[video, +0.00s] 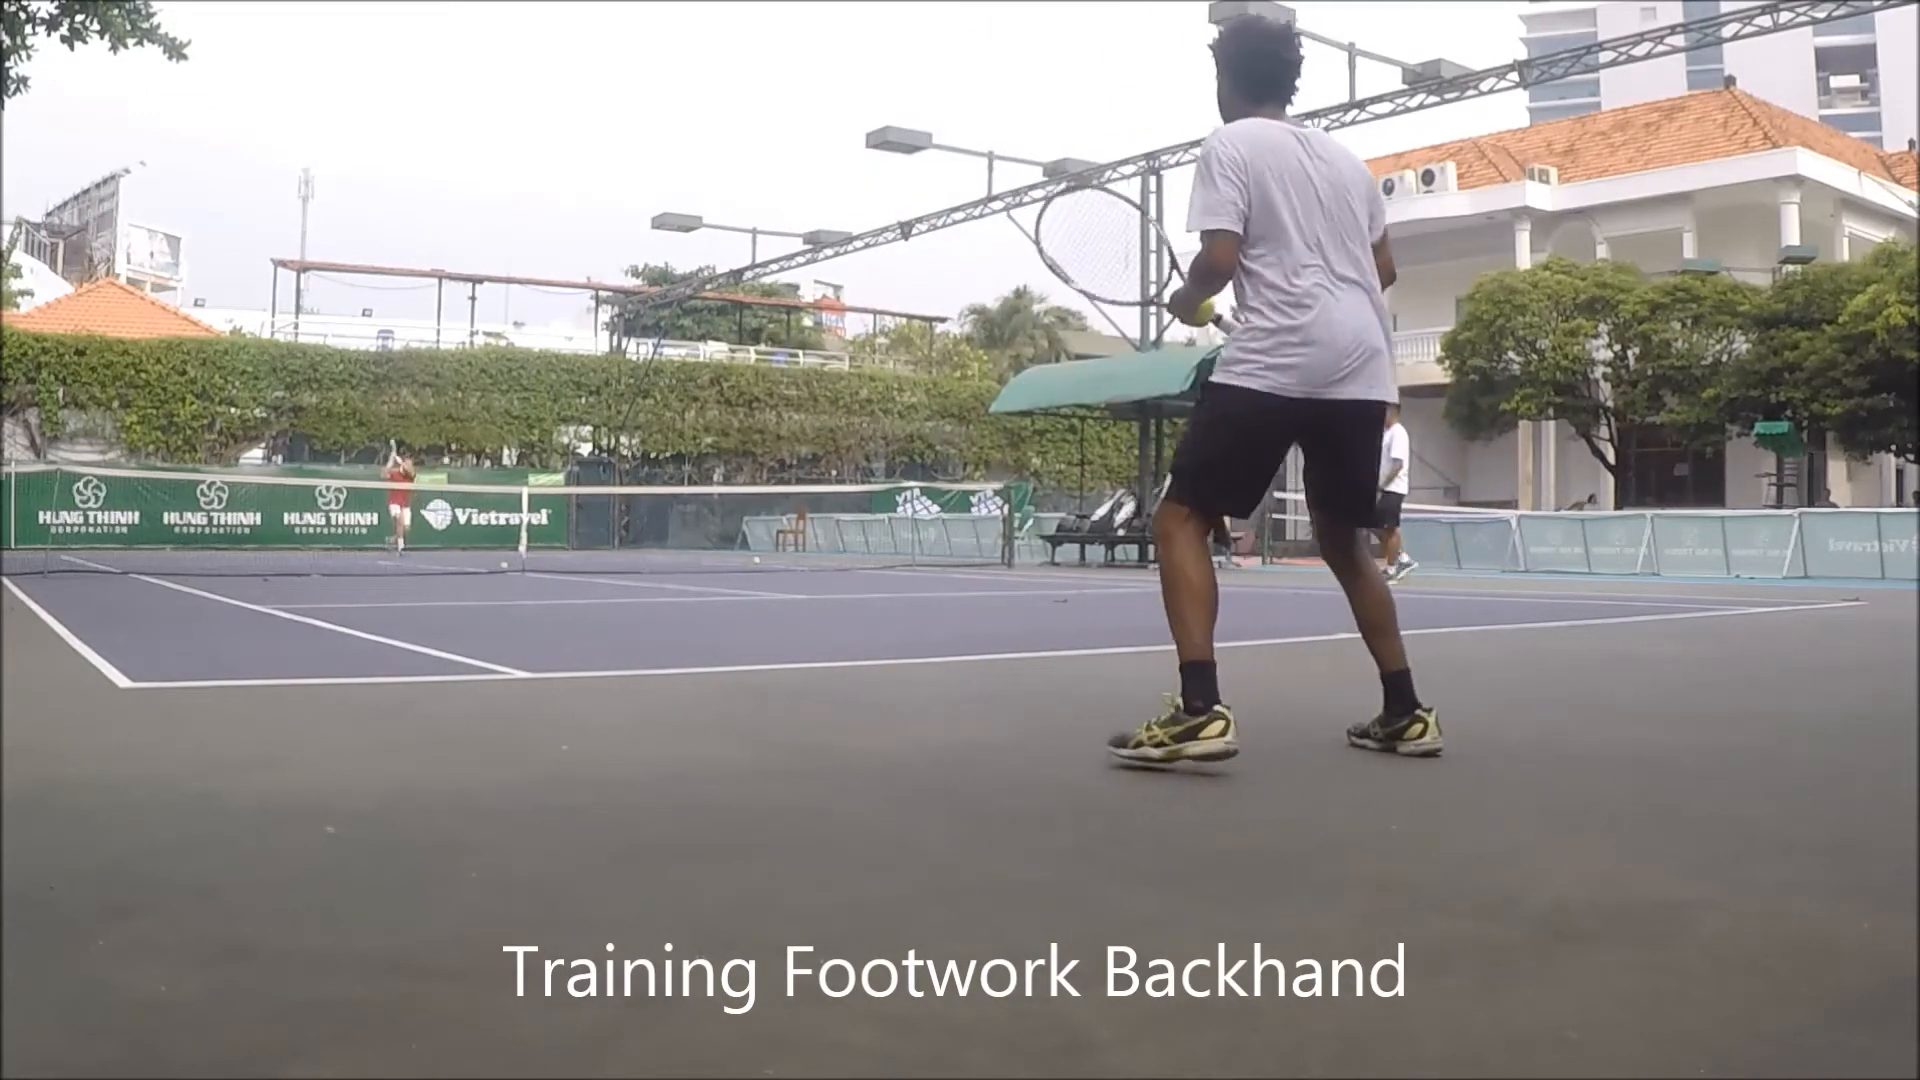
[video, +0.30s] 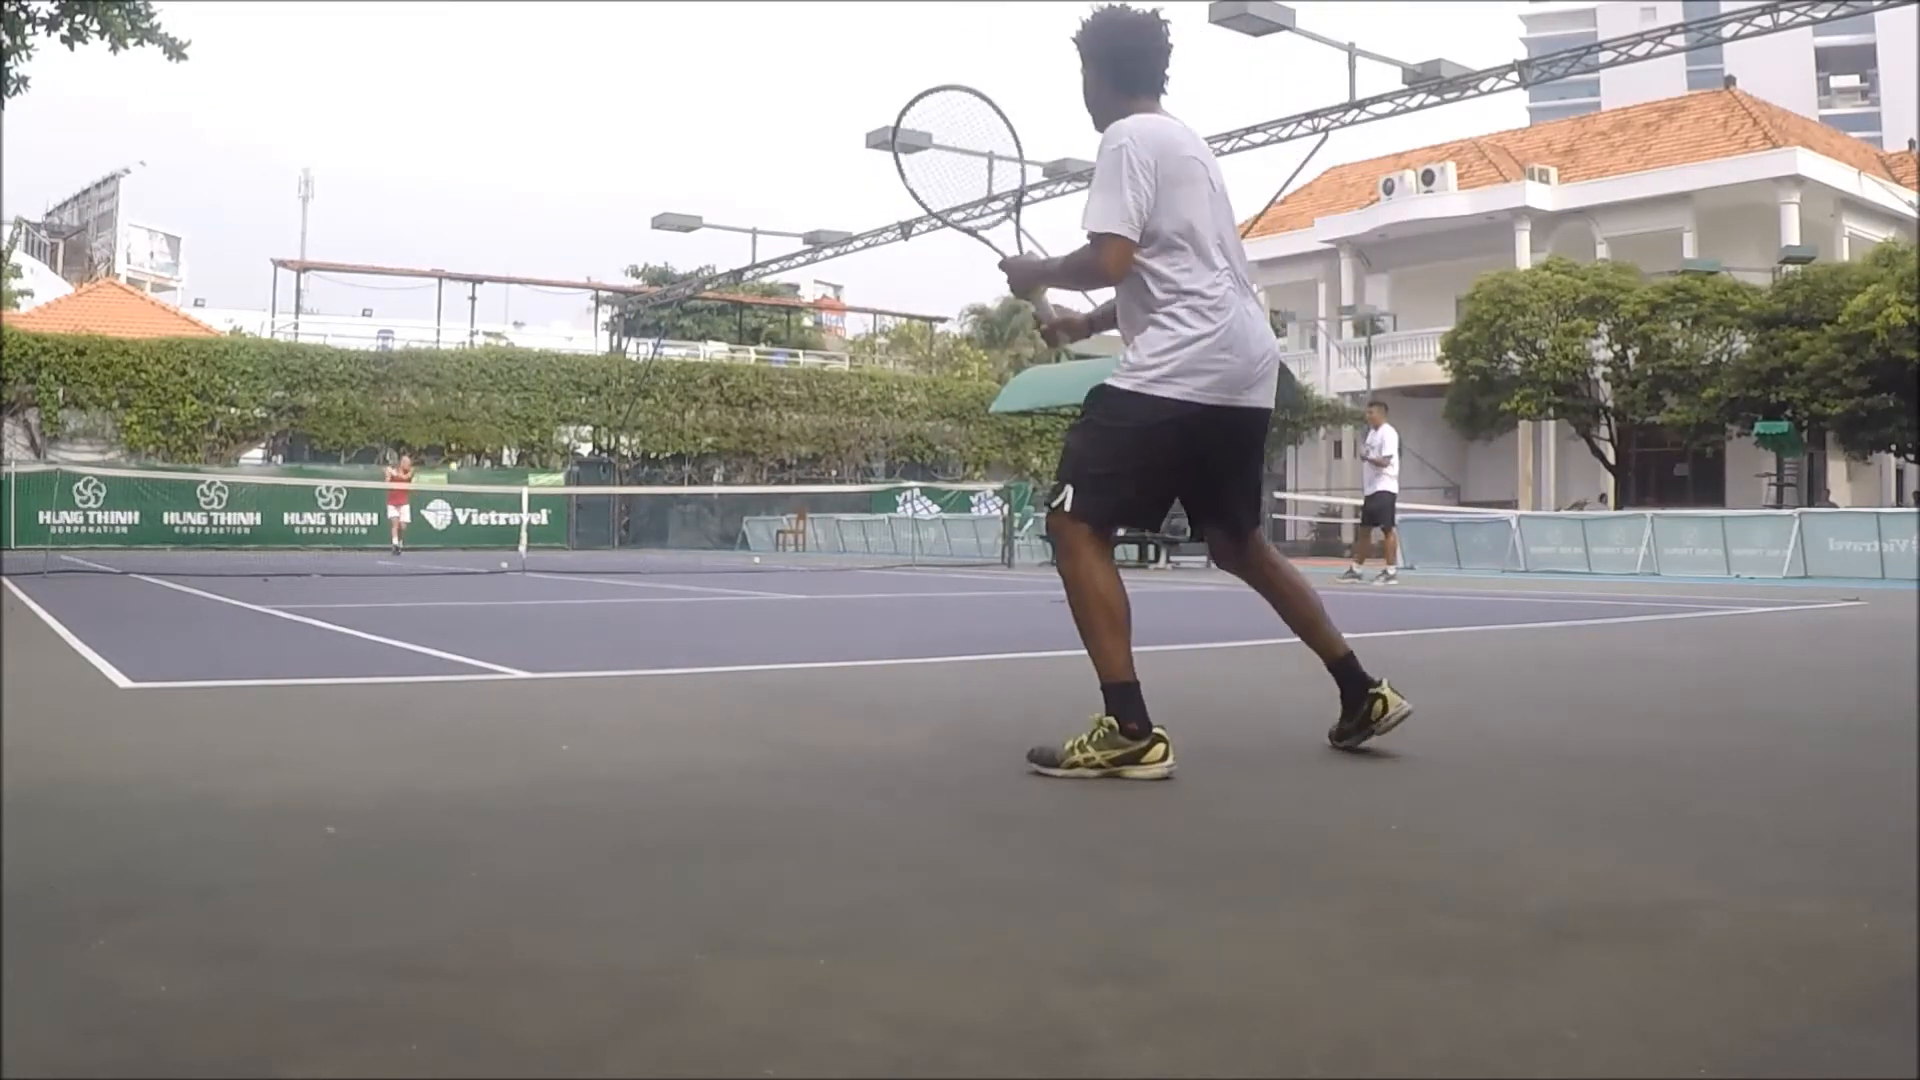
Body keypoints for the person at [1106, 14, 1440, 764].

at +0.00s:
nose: (1214, 86)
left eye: (1217, 74)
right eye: (1217, 73)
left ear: (1226, 76)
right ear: (1292, 79)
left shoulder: (1231, 143)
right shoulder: (1346, 158)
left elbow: (1221, 257)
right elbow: (1384, 267)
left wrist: (1187, 298)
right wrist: (1313, 290)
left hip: (1270, 366)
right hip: (1361, 376)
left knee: (1178, 520)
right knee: (1346, 542)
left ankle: (1199, 707)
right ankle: (1405, 709)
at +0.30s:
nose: (1078, 89)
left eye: (1081, 73)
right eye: (1079, 73)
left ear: (1097, 73)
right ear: (1155, 73)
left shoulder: (1128, 140)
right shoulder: (1191, 145)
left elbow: (1110, 260)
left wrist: (1039, 272)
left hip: (1174, 370)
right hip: (1246, 374)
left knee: (1074, 527)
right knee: (1236, 541)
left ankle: (1129, 726)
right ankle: (1358, 688)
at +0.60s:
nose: (961, 101)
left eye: (965, 85)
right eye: (962, 86)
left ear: (990, 82)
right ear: (1021, 80)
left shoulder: (1058, 129)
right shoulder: (1010, 168)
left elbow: (1018, 217)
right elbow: (940, 257)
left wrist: (912, 188)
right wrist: (864, 260)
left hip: (1100, 361)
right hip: (1068, 362)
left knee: (1020, 531)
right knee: (992, 533)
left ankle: (1125, 726)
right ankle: (1128, 675)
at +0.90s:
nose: (826, 150)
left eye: (833, 138)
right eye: (824, 142)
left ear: (861, 131)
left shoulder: (922, 163)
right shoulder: (853, 216)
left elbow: (881, 207)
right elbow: (780, 272)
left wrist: (801, 156)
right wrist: (727, 228)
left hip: (963, 392)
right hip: (911, 401)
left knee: (951, 555)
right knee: (825, 532)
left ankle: (1102, 695)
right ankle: (756, 683)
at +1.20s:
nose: (708, 235)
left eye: (708, 222)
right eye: (705, 226)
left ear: (732, 213)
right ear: (736, 216)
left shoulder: (792, 223)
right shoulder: (738, 277)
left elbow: (841, 276)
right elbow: (709, 339)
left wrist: (767, 312)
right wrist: (648, 354)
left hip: (848, 398)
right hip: (824, 405)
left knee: (772, 556)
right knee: (736, 521)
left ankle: (928, 650)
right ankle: (726, 688)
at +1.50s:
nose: (732, 191)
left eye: (728, 178)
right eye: (727, 180)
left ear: (743, 170)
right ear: (791, 156)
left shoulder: (786, 190)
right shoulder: (856, 205)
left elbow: (800, 248)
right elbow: (929, 249)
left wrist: (713, 300)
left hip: (825, 386)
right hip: (889, 394)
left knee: (758, 530)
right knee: (785, 535)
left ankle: (884, 661)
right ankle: (731, 686)